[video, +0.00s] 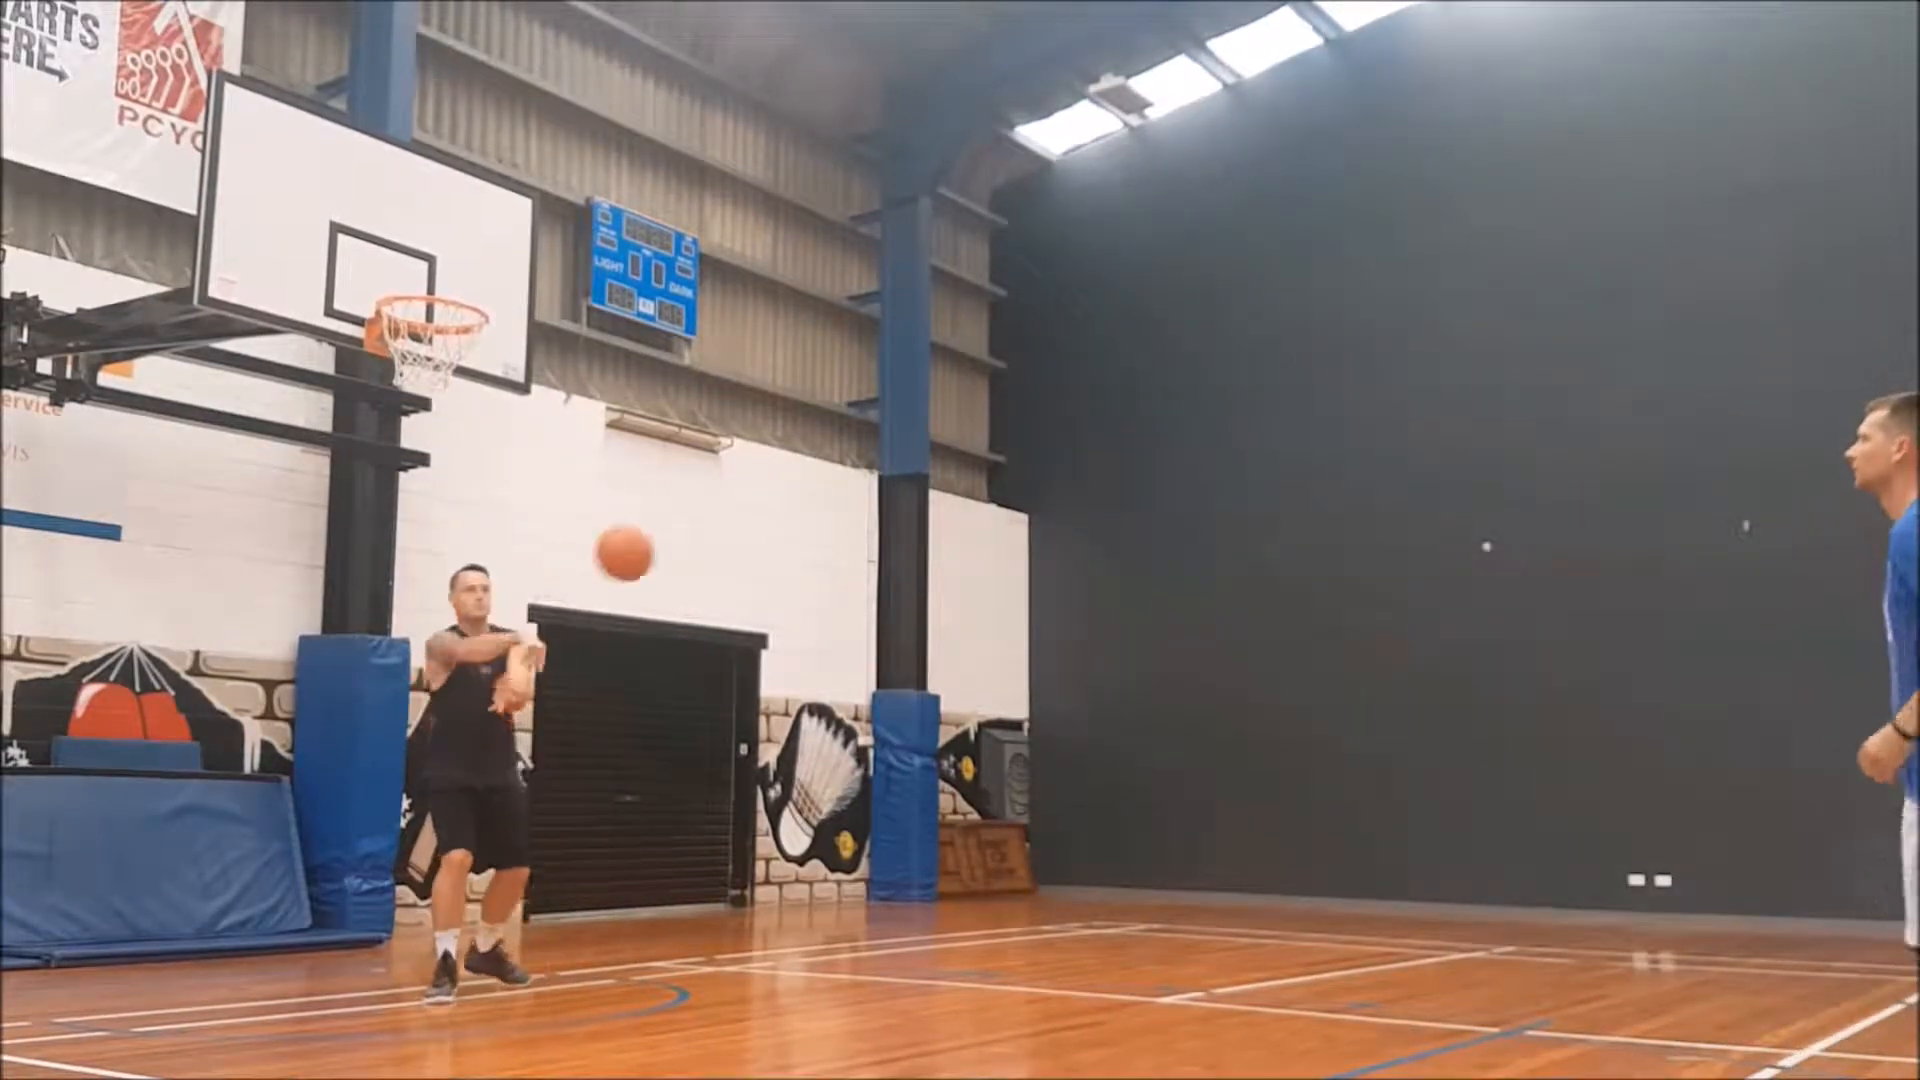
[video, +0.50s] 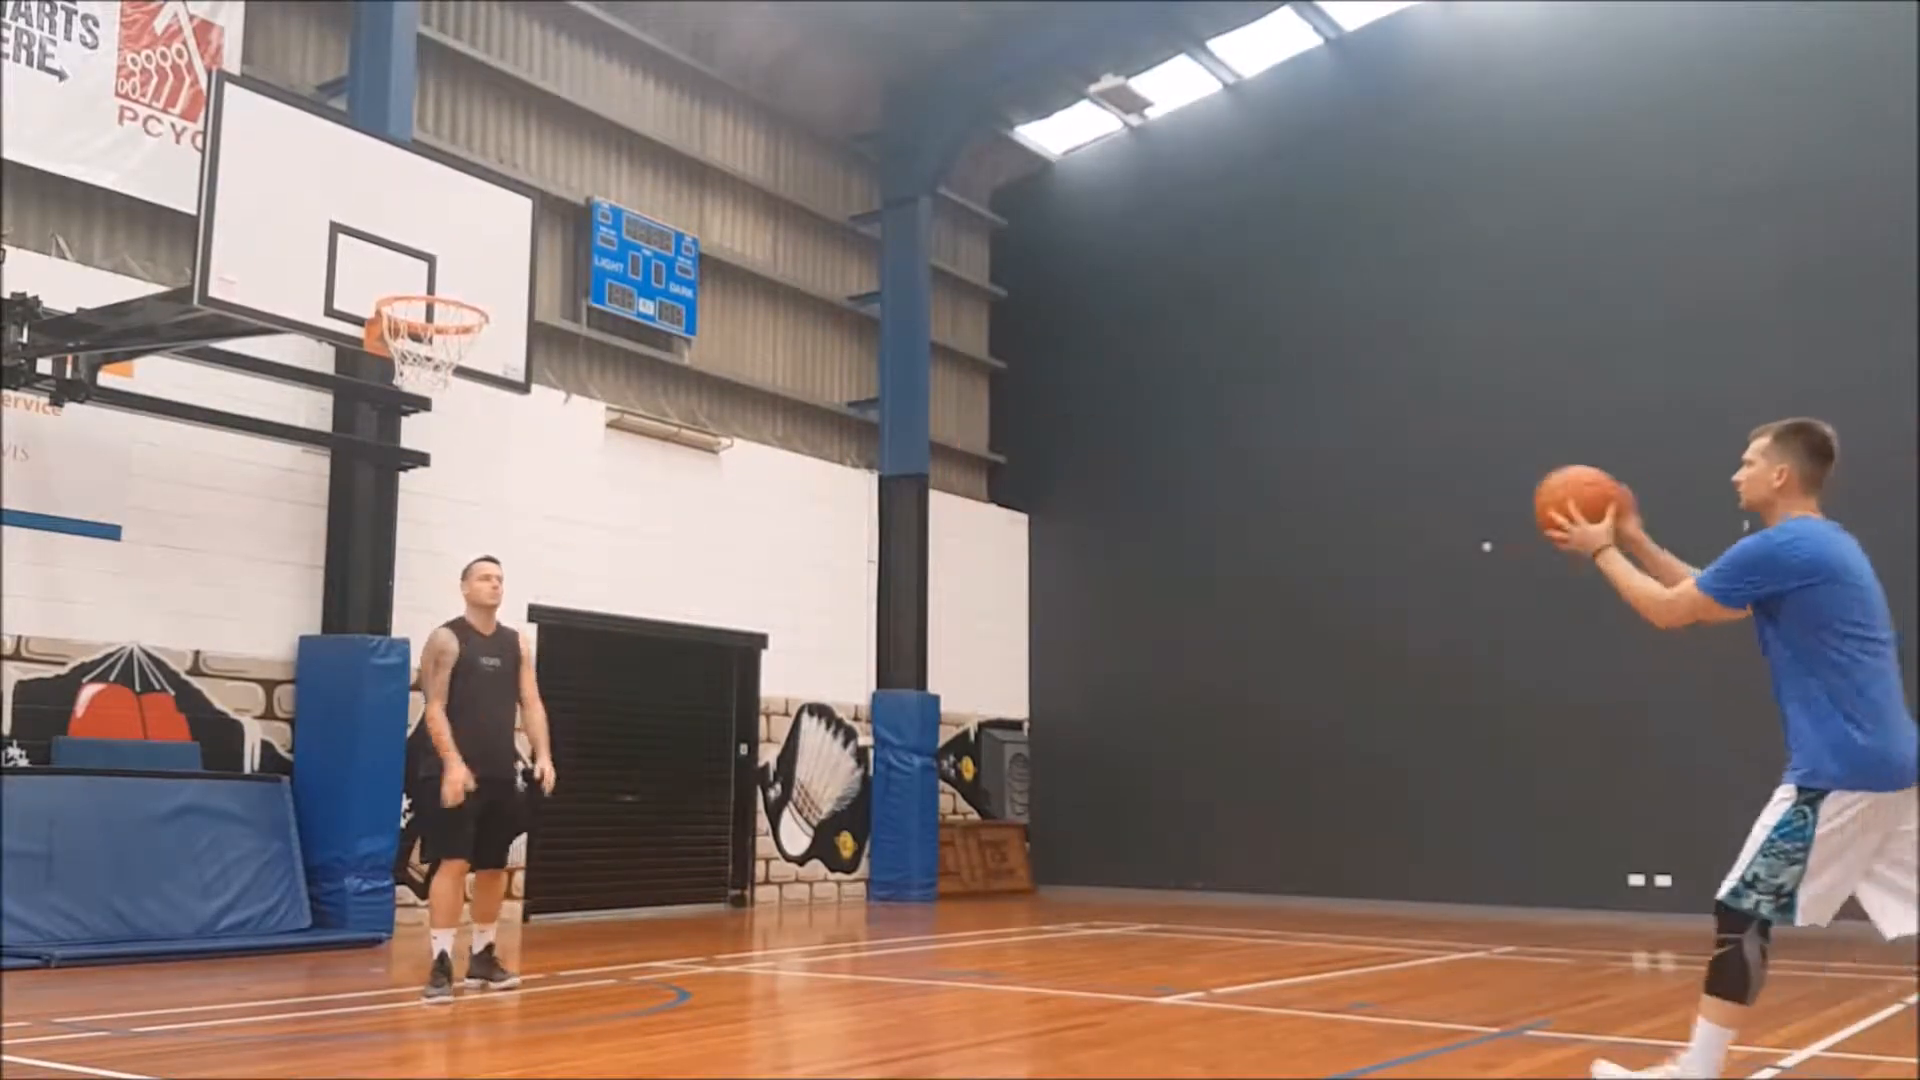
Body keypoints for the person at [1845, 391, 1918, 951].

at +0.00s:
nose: (1851, 451)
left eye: (1863, 439)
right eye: (1855, 439)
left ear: (1901, 449)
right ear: (1899, 451)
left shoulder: (1910, 536)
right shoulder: (1904, 535)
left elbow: (1917, 664)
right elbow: (1914, 661)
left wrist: (1898, 732)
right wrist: (1899, 735)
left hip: (1919, 787)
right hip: (1916, 783)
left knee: (1919, 938)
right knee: (1917, 938)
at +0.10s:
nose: (1845, 463)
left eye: (1858, 449)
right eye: (1850, 450)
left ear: (1895, 460)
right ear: (1894, 461)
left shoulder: (1902, 543)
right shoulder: (1902, 541)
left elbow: (1913, 660)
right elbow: (1911, 668)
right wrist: (1871, 731)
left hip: (1917, 791)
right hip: (1912, 788)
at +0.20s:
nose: (1835, 467)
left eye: (1847, 455)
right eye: (1841, 454)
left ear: (1885, 465)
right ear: (1888, 467)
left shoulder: (1888, 546)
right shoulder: (1904, 541)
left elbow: (1846, 663)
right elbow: (1865, 662)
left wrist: (1744, 663)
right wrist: (1780, 649)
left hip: (1910, 784)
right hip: (1907, 781)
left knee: (1883, 934)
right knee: (1886, 933)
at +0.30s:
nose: (1813, 464)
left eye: (1824, 451)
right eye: (1819, 451)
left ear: (1860, 462)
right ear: (1871, 465)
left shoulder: (1860, 539)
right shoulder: (1902, 536)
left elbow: (1769, 634)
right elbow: (1816, 628)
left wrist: (1690, 591)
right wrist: (1734, 577)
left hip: (1894, 769)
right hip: (1907, 767)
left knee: (1818, 908)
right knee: (1897, 927)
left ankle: (1918, 1030)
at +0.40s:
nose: (1780, 462)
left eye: (1791, 450)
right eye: (1784, 450)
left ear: (1825, 460)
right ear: (1838, 464)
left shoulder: (1824, 533)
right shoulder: (1879, 535)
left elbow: (1712, 605)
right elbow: (1755, 593)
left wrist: (1641, 552)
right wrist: (1685, 533)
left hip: (1871, 759)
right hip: (1904, 757)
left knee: (1771, 896)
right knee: (1913, 904)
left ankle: (1818, 1062)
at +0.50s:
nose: (1736, 475)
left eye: (1747, 463)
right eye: (1741, 463)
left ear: (1782, 475)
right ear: (1797, 479)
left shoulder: (1779, 549)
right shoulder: (1830, 543)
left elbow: (1667, 611)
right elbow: (1711, 597)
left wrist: (1602, 553)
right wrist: (1635, 543)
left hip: (1838, 770)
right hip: (1893, 765)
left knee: (1743, 911)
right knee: (1914, 917)